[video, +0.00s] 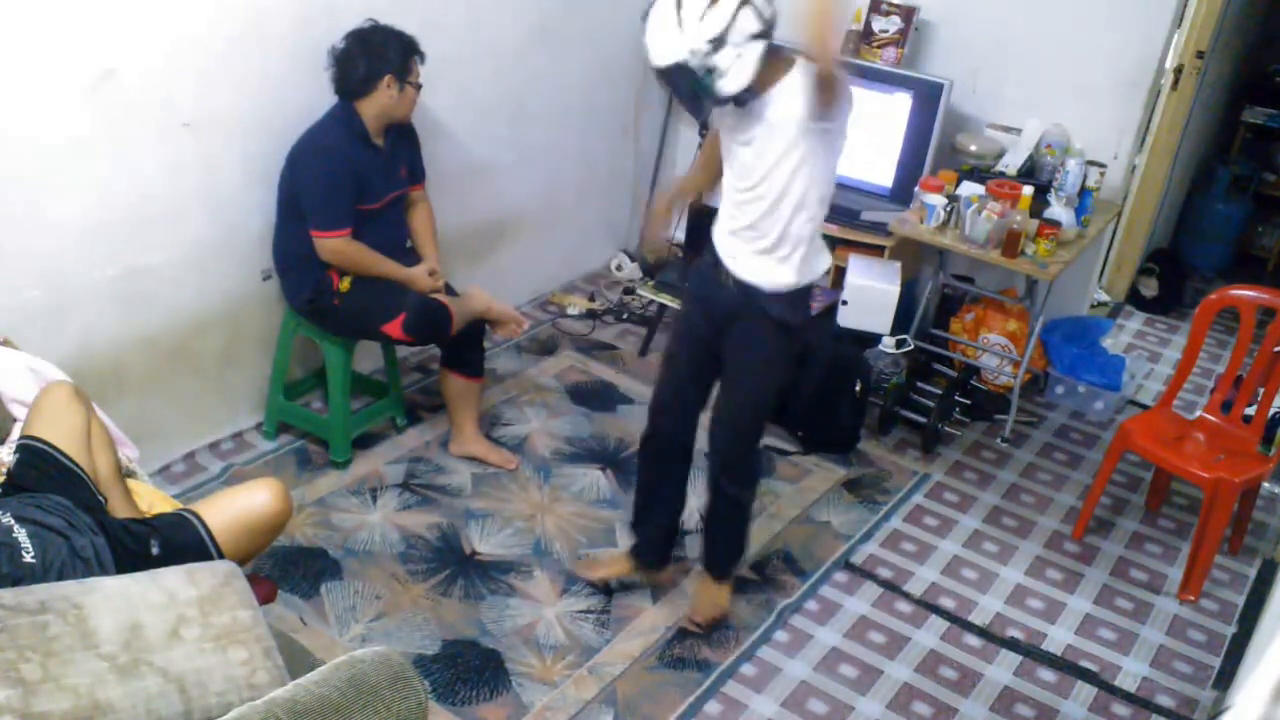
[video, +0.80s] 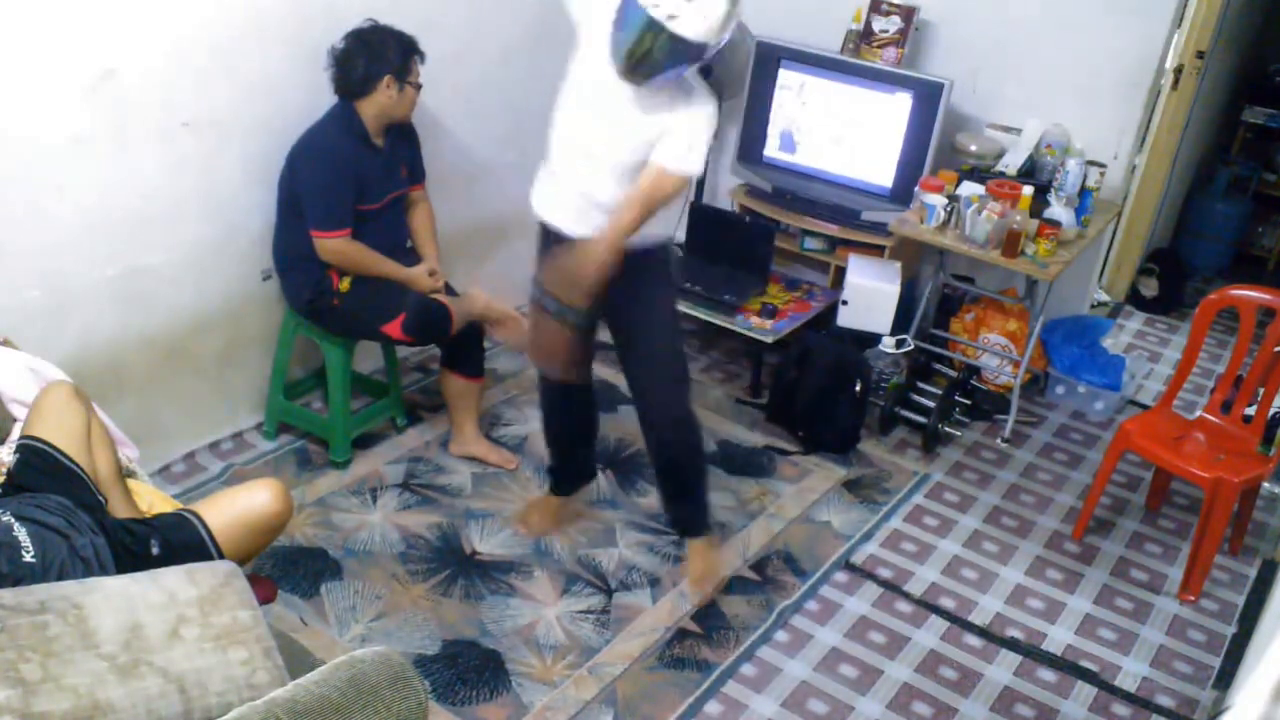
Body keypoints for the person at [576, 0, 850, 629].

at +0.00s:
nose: (710, 80)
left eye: (713, 66)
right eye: (701, 70)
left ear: (742, 41)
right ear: (702, 59)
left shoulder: (819, 98)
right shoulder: (731, 94)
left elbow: (826, 69)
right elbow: (708, 166)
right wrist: (671, 199)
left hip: (776, 301)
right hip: (714, 279)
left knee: (732, 442)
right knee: (668, 419)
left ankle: (717, 576)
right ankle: (650, 551)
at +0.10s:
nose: (720, 82)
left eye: (728, 69)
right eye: (714, 72)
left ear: (764, 76)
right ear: (719, 82)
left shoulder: (796, 135)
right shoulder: (730, 131)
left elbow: (750, 71)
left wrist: (727, 5)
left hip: (765, 334)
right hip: (714, 317)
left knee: (723, 469)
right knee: (653, 445)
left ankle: (741, 584)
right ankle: (619, 582)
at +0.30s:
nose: (675, 47)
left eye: (681, 34)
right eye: (670, 37)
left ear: (711, 33)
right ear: (717, 31)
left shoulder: (747, 78)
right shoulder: (751, 72)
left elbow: (700, 48)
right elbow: (803, 61)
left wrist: (656, 6)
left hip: (736, 289)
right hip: (682, 272)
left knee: (730, 435)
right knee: (609, 390)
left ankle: (730, 571)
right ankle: (569, 514)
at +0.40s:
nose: (668, 34)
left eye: (672, 22)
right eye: (665, 25)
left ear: (698, 15)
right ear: (705, 16)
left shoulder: (740, 56)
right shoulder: (710, 57)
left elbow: (664, 0)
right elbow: (808, 39)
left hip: (725, 266)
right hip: (670, 249)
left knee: (708, 414)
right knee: (591, 364)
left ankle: (727, 555)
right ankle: (562, 494)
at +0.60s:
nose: (619, 74)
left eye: (628, 61)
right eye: (616, 61)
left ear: (658, 60)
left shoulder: (691, 129)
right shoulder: (657, 105)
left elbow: (575, 105)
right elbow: (728, 46)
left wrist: (521, 16)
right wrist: (724, 11)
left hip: (663, 315)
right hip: (608, 296)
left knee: (669, 449)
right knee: (551, 405)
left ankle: (723, 553)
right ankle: (567, 500)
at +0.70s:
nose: (621, 59)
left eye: (642, 53)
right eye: (622, 42)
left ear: (680, 65)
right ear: (619, 34)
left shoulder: (683, 133)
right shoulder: (608, 94)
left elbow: (601, 209)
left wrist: (524, 197)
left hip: (642, 295)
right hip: (573, 280)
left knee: (670, 425)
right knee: (560, 398)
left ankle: (710, 544)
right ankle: (567, 494)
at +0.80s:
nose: (641, 57)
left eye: (667, 53)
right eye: (640, 36)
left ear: (696, 53)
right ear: (630, 13)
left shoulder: (692, 110)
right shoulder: (596, 19)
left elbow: (640, 205)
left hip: (639, 254)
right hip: (561, 234)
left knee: (663, 401)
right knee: (561, 370)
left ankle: (696, 536)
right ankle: (567, 488)